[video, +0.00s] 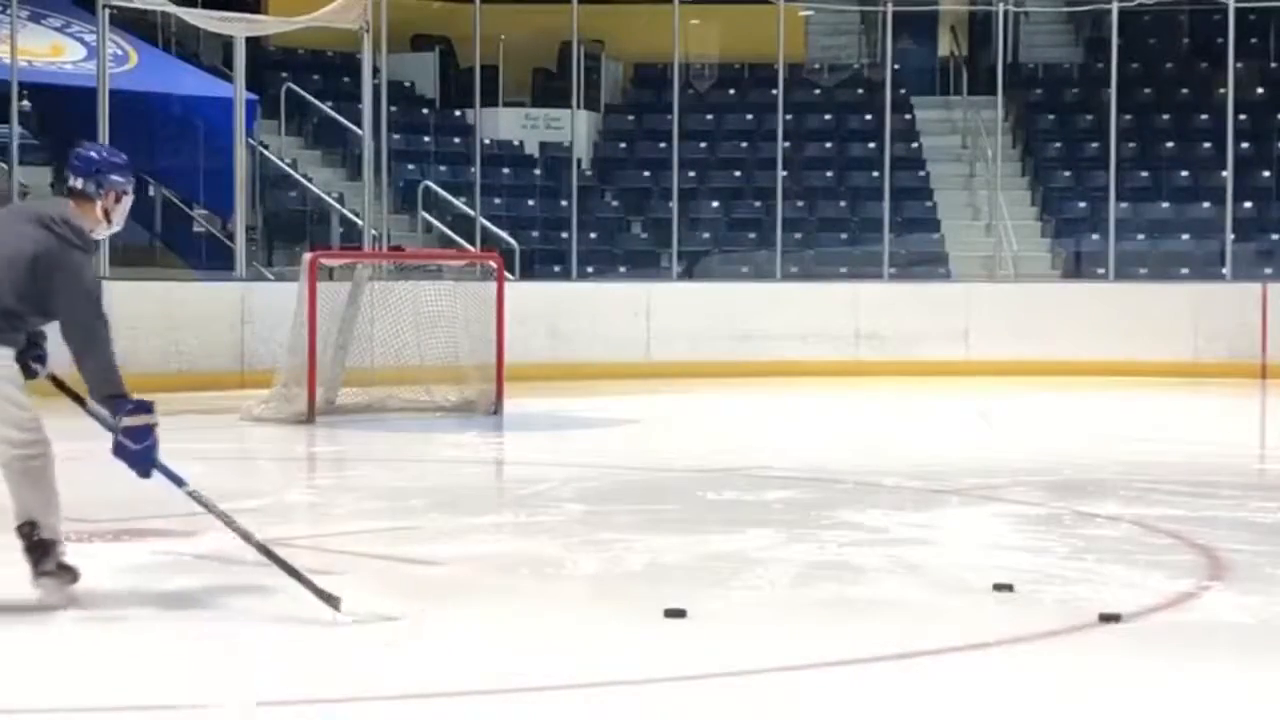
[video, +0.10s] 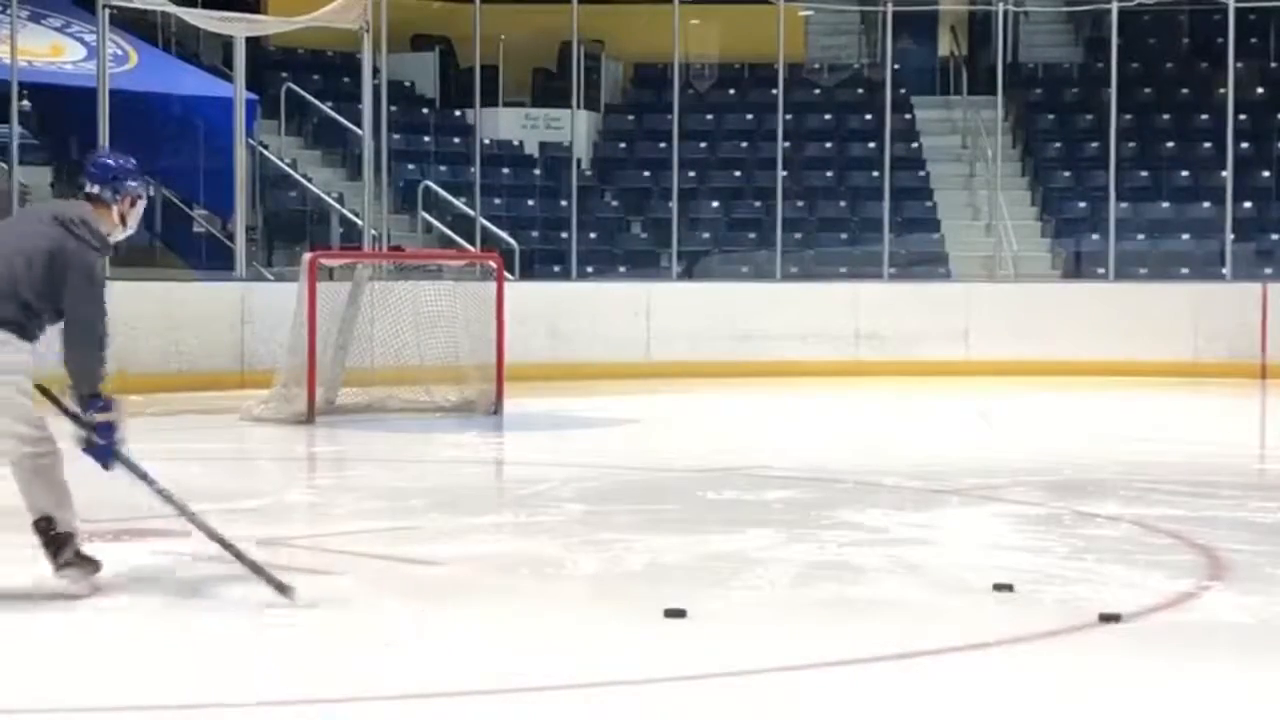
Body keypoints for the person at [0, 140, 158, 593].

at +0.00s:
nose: (124, 213)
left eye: (126, 201)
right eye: (124, 201)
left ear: (76, 188)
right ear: (108, 199)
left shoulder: (23, 215)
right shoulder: (68, 256)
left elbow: (7, 281)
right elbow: (91, 345)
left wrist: (27, 335)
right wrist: (123, 414)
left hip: (6, 348)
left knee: (22, 437)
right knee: (24, 439)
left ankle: (42, 551)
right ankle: (44, 554)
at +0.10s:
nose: (138, 215)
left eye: (140, 204)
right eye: (138, 204)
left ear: (92, 192)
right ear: (121, 203)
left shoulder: (44, 215)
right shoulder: (84, 246)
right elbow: (85, 338)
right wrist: (95, 406)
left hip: (9, 342)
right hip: (7, 346)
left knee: (27, 440)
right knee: (28, 441)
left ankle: (61, 546)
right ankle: (62, 546)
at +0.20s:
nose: (146, 214)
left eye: (148, 203)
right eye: (146, 203)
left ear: (100, 189)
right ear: (133, 202)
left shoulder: (37, 207)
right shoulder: (102, 258)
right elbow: (72, 327)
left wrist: (66, 371)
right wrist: (69, 378)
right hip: (20, 345)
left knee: (22, 450)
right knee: (26, 452)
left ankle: (42, 519)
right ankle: (44, 521)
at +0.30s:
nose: (158, 229)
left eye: (160, 219)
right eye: (159, 219)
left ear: (114, 200)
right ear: (147, 216)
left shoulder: (64, 213)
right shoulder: (131, 260)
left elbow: (6, 222)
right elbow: (102, 344)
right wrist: (102, 359)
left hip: (2, 336)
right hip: (39, 355)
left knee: (13, 458)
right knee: (43, 461)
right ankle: (46, 510)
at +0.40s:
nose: (181, 231)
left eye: (183, 222)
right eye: (180, 221)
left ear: (137, 207)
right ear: (168, 221)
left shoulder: (92, 224)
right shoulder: (160, 269)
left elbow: (28, 254)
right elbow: (132, 326)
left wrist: (42, 293)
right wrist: (128, 337)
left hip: (27, 344)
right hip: (76, 362)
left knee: (34, 434)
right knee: (78, 462)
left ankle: (19, 510)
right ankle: (51, 522)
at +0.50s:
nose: (208, 217)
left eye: (209, 208)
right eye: (206, 208)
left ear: (164, 198)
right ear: (196, 208)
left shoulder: (124, 224)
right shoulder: (199, 257)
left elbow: (71, 252)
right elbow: (174, 316)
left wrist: (54, 292)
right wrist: (168, 350)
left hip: (74, 339)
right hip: (122, 356)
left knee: (81, 431)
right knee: (127, 459)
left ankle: (65, 507)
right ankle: (93, 520)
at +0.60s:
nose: (240, 202)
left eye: (238, 193)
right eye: (237, 193)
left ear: (198, 190)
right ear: (231, 196)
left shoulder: (161, 217)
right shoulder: (237, 243)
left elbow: (109, 248)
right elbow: (228, 316)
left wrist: (105, 302)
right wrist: (223, 372)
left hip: (128, 336)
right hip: (177, 353)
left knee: (145, 428)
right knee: (196, 446)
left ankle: (117, 494)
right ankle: (159, 498)